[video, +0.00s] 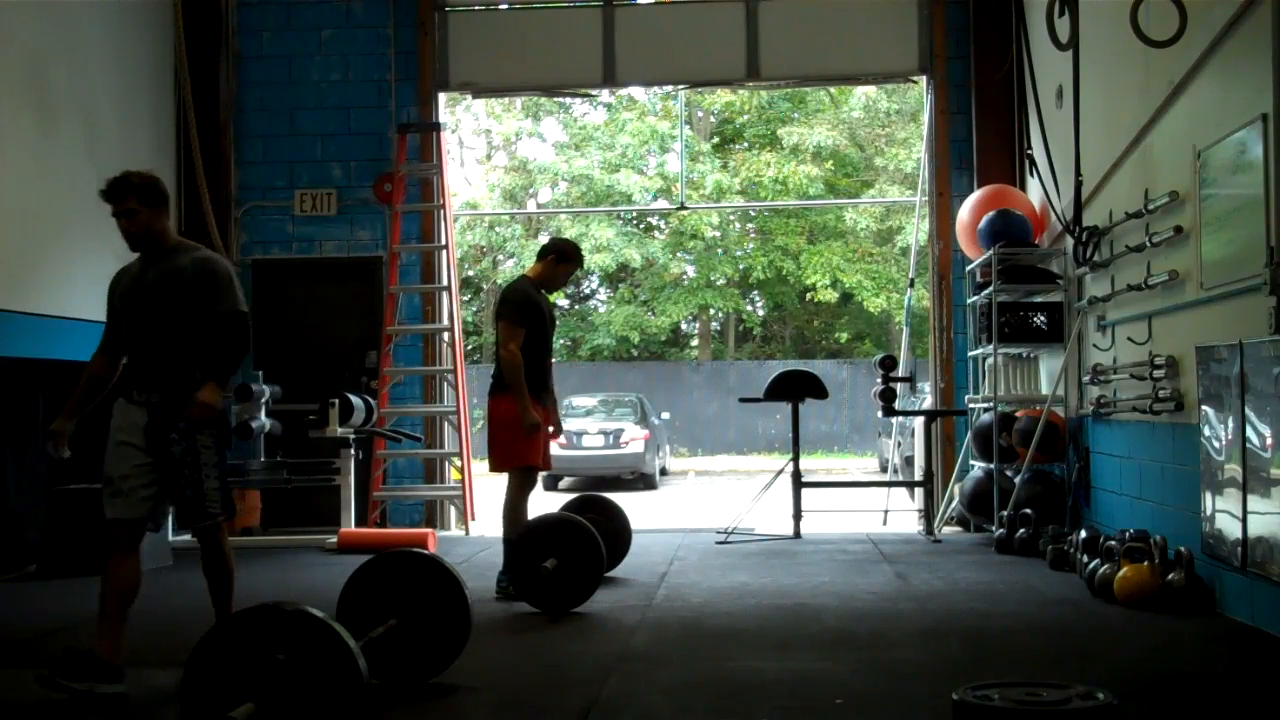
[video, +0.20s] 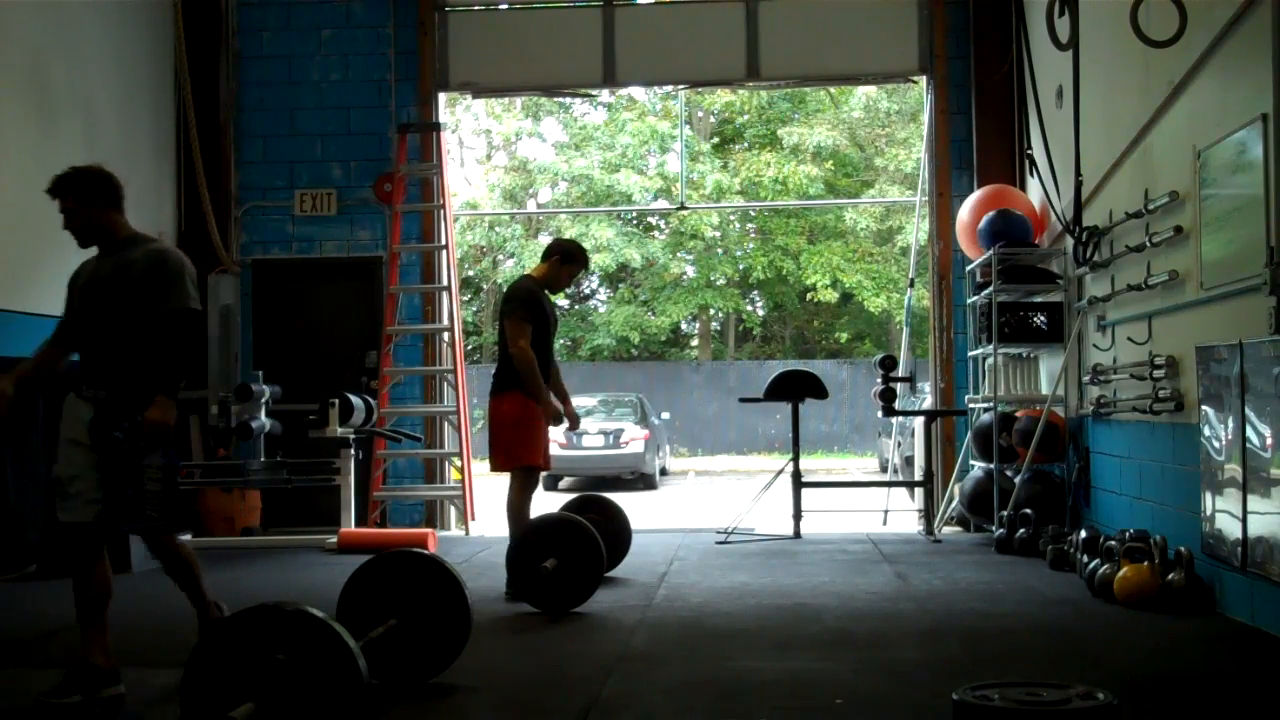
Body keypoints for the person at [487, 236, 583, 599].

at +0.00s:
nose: (566, 283)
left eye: (570, 278)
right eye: (567, 275)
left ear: (552, 263)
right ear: (552, 262)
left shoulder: (538, 299)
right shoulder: (518, 294)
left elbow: (542, 360)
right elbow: (509, 350)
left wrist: (551, 405)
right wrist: (525, 405)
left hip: (533, 401)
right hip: (516, 401)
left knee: (524, 483)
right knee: (521, 483)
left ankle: (518, 571)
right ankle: (512, 572)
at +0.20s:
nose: (570, 284)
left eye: (574, 279)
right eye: (571, 276)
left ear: (556, 263)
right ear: (556, 262)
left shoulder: (541, 300)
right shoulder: (522, 292)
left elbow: (545, 357)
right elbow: (518, 348)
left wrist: (565, 401)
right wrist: (545, 401)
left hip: (531, 398)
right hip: (517, 398)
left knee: (527, 481)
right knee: (524, 480)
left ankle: (523, 571)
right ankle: (519, 573)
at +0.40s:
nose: (572, 284)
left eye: (576, 278)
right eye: (573, 275)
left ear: (557, 261)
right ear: (558, 260)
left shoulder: (541, 299)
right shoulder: (524, 292)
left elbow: (547, 359)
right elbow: (522, 349)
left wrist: (565, 400)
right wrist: (558, 399)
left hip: (535, 400)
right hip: (521, 400)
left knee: (531, 482)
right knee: (528, 481)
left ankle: (523, 573)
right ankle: (519, 575)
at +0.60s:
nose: (576, 283)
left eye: (580, 277)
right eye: (577, 274)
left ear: (558, 260)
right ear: (560, 260)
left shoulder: (538, 294)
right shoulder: (528, 293)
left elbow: (535, 356)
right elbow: (526, 355)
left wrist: (552, 407)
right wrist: (552, 408)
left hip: (533, 402)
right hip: (522, 402)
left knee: (544, 480)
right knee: (531, 482)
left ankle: (529, 571)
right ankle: (520, 576)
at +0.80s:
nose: (580, 286)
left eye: (585, 279)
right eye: (582, 276)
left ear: (562, 262)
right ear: (566, 262)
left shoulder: (540, 295)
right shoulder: (533, 294)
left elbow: (536, 357)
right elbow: (528, 356)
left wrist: (546, 408)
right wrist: (539, 411)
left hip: (534, 401)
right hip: (520, 402)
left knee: (552, 476)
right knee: (529, 481)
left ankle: (536, 564)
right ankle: (520, 574)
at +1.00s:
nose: (586, 288)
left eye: (591, 282)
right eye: (589, 279)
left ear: (568, 262)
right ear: (574, 264)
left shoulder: (546, 296)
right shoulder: (539, 296)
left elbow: (539, 357)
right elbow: (530, 356)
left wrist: (550, 407)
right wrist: (542, 411)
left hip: (539, 404)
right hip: (525, 404)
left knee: (544, 486)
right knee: (521, 487)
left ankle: (553, 567)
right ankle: (520, 574)